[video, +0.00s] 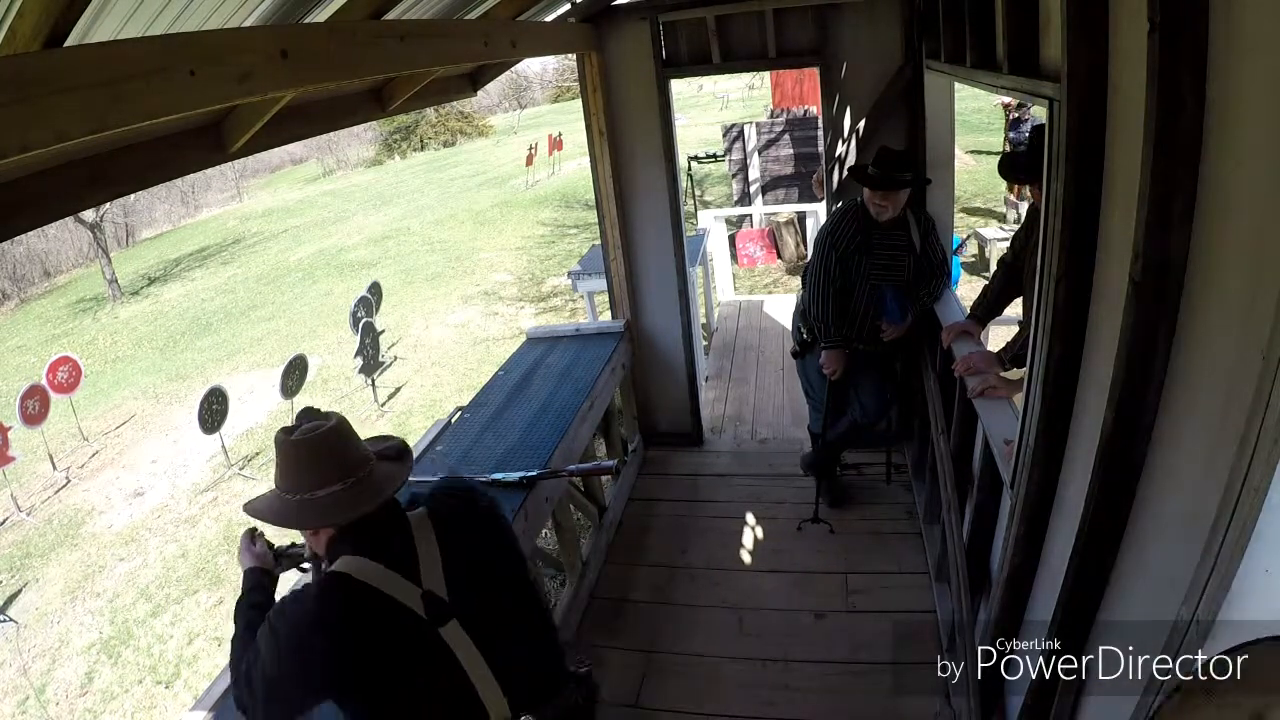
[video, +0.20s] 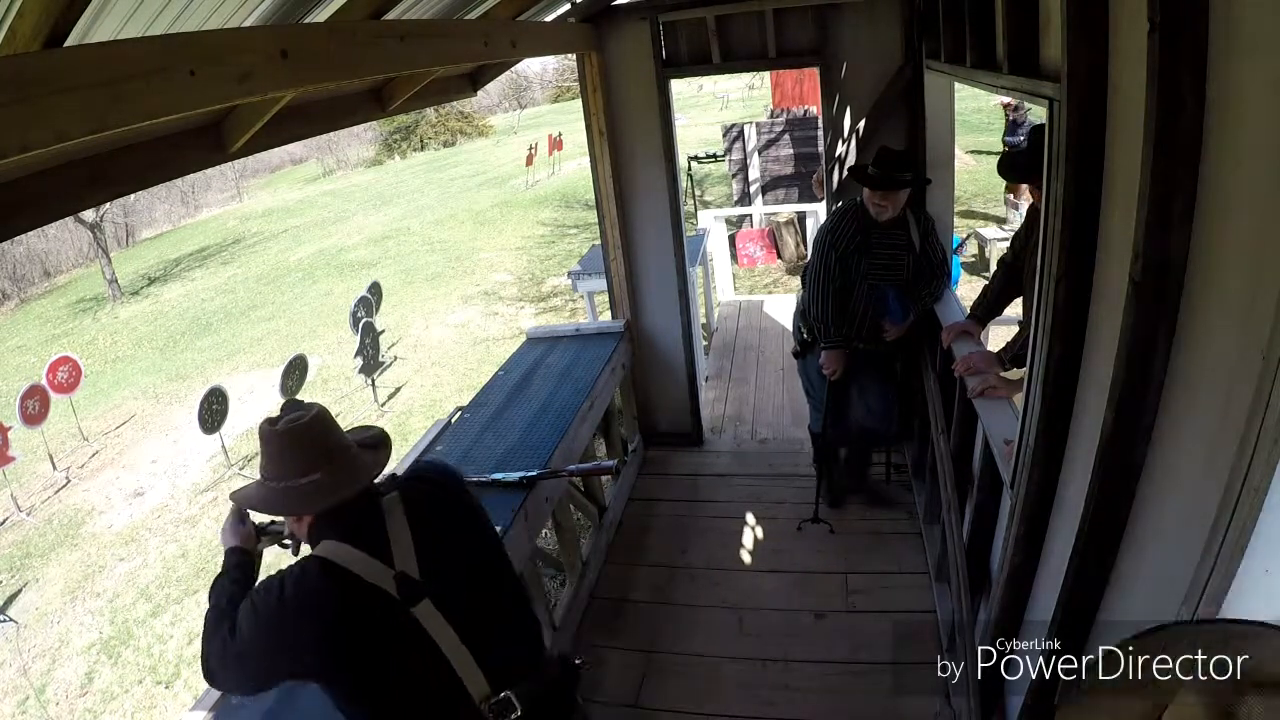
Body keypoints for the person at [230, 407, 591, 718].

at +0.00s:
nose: (295, 528)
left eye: (296, 519)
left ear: (314, 529)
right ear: (384, 486)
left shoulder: (316, 617)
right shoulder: (468, 509)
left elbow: (254, 693)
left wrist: (256, 577)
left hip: (432, 719)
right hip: (552, 700)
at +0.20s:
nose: (280, 514)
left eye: (279, 506)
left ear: (296, 516)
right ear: (364, 470)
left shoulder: (298, 603)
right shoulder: (441, 487)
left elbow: (221, 662)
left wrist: (239, 555)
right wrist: (316, 515)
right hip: (542, 692)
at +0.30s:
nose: (282, 513)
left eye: (280, 504)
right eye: (283, 501)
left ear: (297, 513)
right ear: (363, 470)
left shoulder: (296, 601)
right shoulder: (436, 484)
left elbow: (210, 649)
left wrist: (231, 544)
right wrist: (314, 509)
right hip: (544, 689)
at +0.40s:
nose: (282, 510)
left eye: (281, 501)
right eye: (282, 498)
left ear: (301, 508)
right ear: (365, 470)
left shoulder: (301, 600)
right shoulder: (436, 481)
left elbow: (212, 652)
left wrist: (229, 548)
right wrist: (317, 515)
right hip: (545, 685)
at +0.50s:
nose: (282, 509)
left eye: (281, 500)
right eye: (280, 499)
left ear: (305, 507)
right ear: (367, 470)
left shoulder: (304, 602)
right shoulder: (436, 479)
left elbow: (226, 665)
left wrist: (225, 559)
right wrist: (318, 529)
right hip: (549, 681)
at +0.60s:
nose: (283, 509)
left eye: (282, 499)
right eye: (279, 499)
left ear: (304, 504)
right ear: (365, 468)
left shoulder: (307, 604)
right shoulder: (437, 479)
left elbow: (235, 679)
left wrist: (236, 571)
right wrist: (319, 532)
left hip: (451, 718)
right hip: (553, 682)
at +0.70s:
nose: (283, 510)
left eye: (282, 500)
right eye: (279, 500)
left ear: (303, 505)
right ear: (364, 467)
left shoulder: (307, 603)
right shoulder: (436, 479)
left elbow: (242, 681)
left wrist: (234, 576)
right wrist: (320, 531)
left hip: (448, 718)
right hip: (553, 681)